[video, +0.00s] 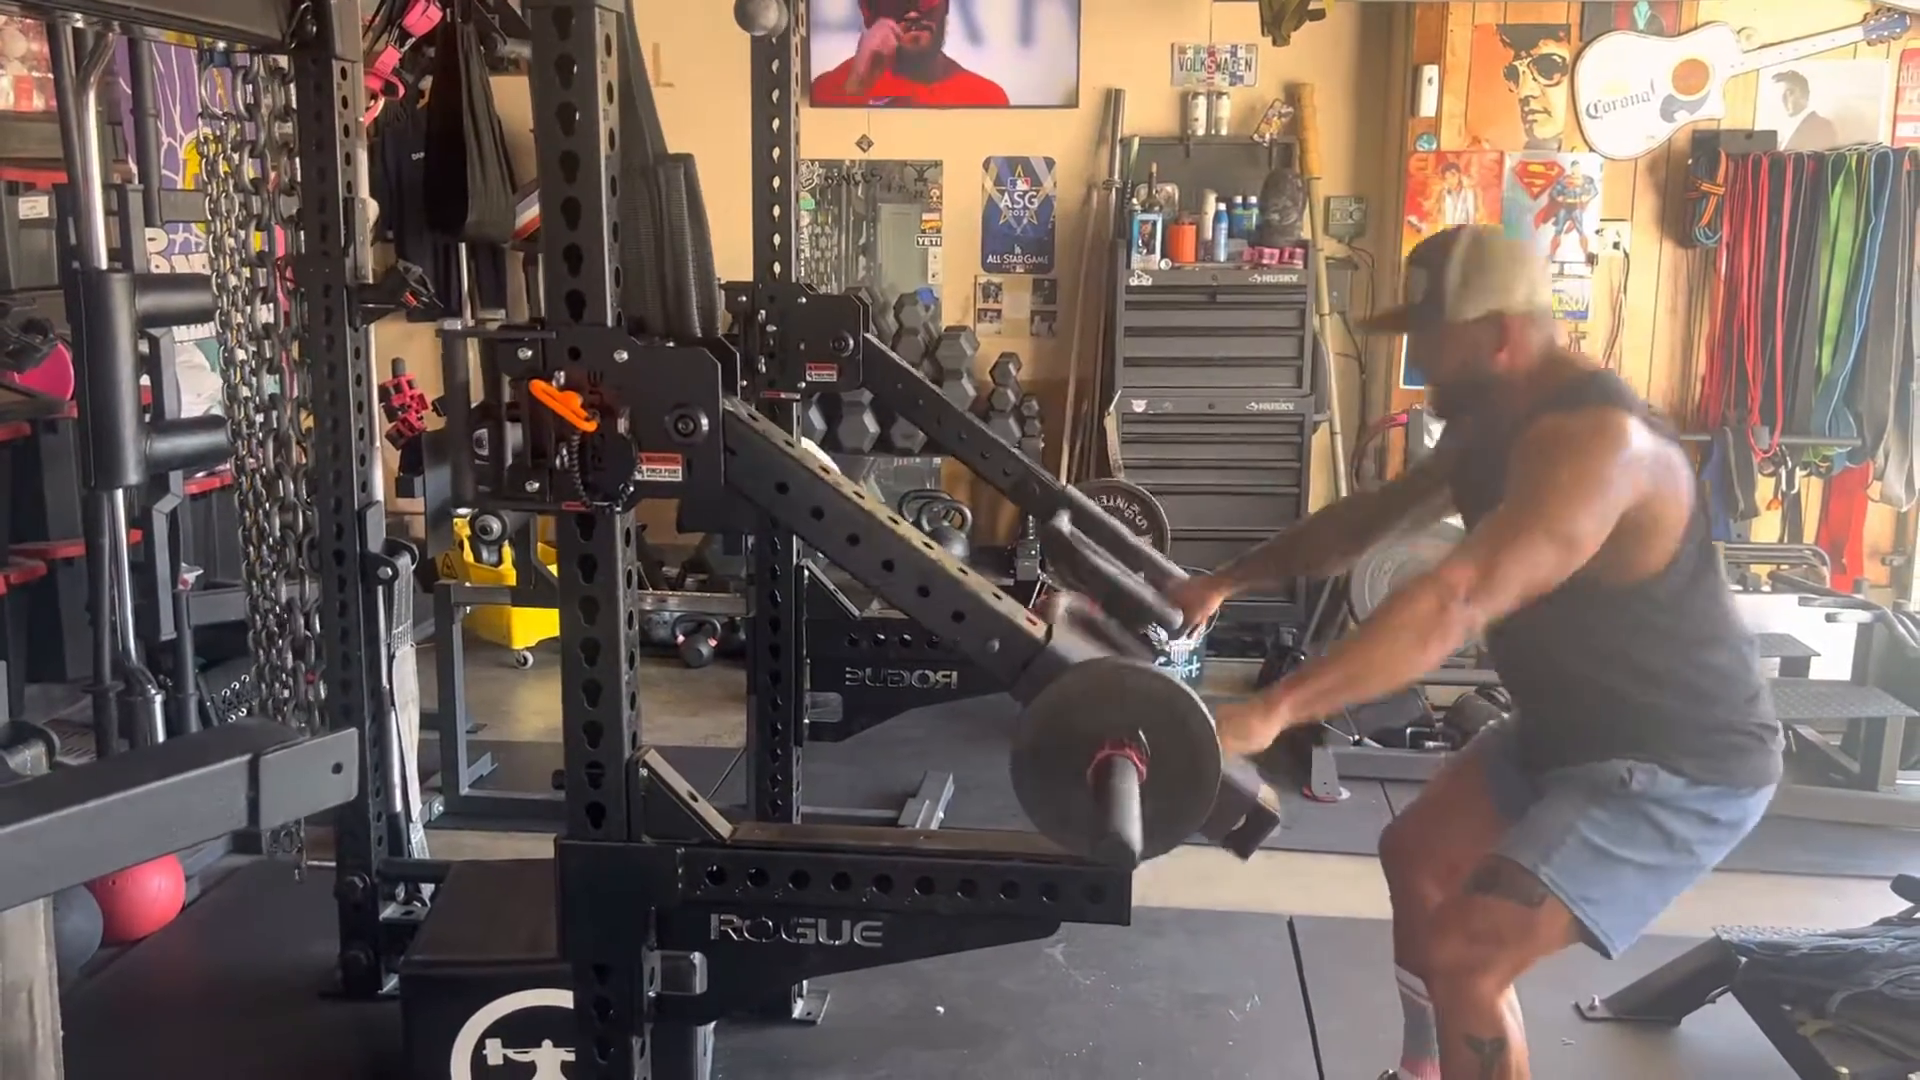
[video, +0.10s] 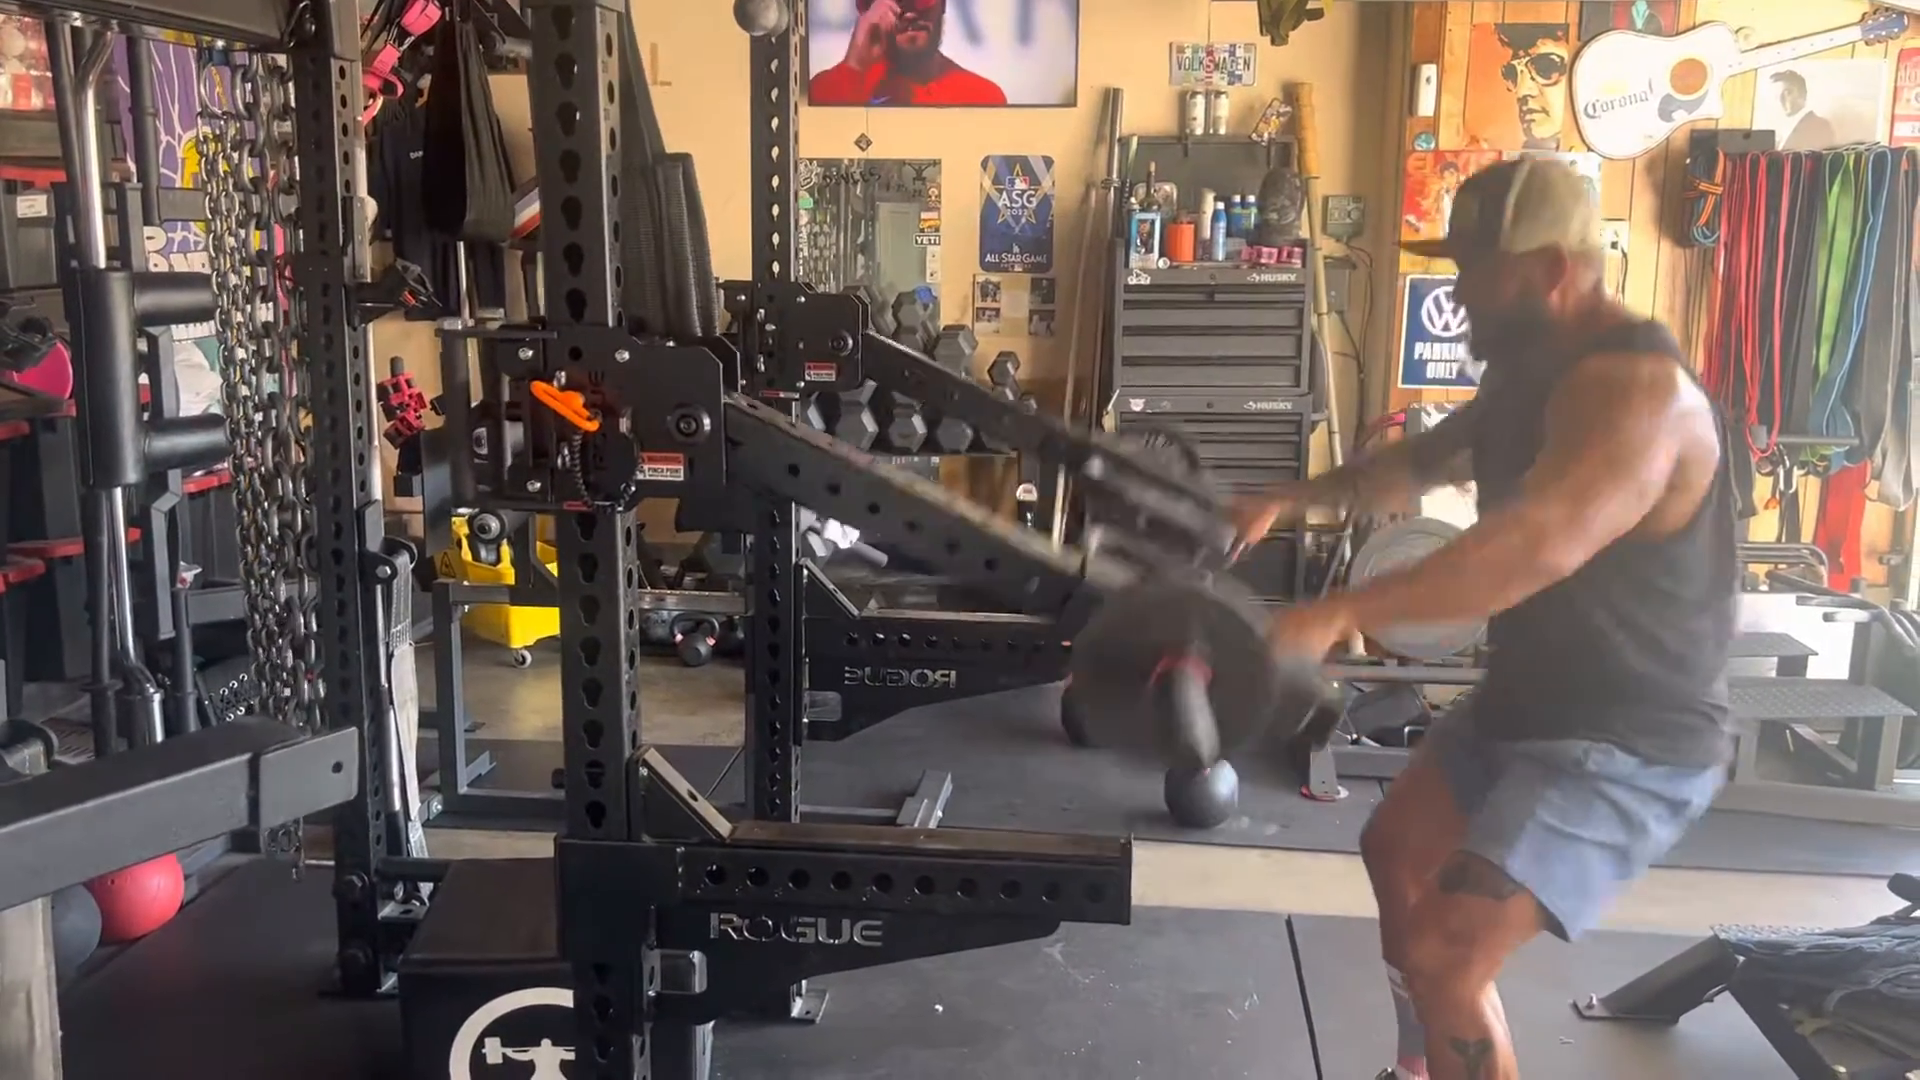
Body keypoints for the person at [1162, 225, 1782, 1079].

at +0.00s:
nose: (1419, 367)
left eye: (1431, 343)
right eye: (1416, 345)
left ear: (1504, 340)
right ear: (1503, 340)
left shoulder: (1599, 441)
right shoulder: (1500, 419)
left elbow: (1459, 600)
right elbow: (1372, 516)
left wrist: (1274, 711)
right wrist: (1225, 582)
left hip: (1680, 763)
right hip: (1570, 728)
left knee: (1464, 955)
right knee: (1416, 856)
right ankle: (1430, 1060)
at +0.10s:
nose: (1460, 295)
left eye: (1474, 271)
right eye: (1460, 272)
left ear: (1554, 271)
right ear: (1540, 275)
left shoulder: (1634, 384)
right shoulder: (1531, 370)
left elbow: (1533, 547)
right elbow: (1421, 465)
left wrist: (1344, 614)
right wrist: (1290, 500)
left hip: (1626, 740)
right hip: (1520, 705)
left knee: (1444, 952)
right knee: (1399, 849)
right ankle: (1431, 1059)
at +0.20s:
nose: (1443, 257)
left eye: (1454, 230)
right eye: (1441, 233)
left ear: (1531, 223)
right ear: (1530, 226)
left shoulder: (1618, 326)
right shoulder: (1517, 325)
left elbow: (1637, 448)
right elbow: (1443, 386)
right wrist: (1338, 371)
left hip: (1520, 695)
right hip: (1439, 665)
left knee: (1417, 954)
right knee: (1370, 845)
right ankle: (1423, 1058)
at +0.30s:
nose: (1360, 229)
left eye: (1372, 212)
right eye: (1357, 213)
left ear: (1438, 205)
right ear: (1435, 204)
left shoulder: (1543, 293)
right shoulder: (1421, 279)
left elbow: (1629, 386)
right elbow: (1308, 251)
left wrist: (1412, 314)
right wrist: (1281, 246)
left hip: (1444, 680)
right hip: (1376, 664)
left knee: (1419, 954)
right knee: (1399, 932)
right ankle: (1423, 1061)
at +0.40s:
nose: (1267, 255)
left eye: (1278, 225)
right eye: (1267, 226)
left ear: (1331, 218)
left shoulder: (1419, 305)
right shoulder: (1351, 310)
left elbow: (1518, 328)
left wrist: (1376, 194)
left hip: (1401, 689)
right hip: (1355, 680)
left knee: (1406, 953)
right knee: (1392, 938)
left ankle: (1448, 1070)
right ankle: (1418, 1065)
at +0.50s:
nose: (1192, 269)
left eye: (1202, 238)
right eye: (1185, 242)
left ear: (1270, 216)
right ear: (1270, 221)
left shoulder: (1372, 296)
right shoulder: (1301, 311)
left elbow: (1404, 229)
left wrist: (1267, 76)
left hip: (1386, 689)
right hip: (1342, 680)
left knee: (1408, 949)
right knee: (1388, 924)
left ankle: (1447, 1071)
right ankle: (1420, 1059)